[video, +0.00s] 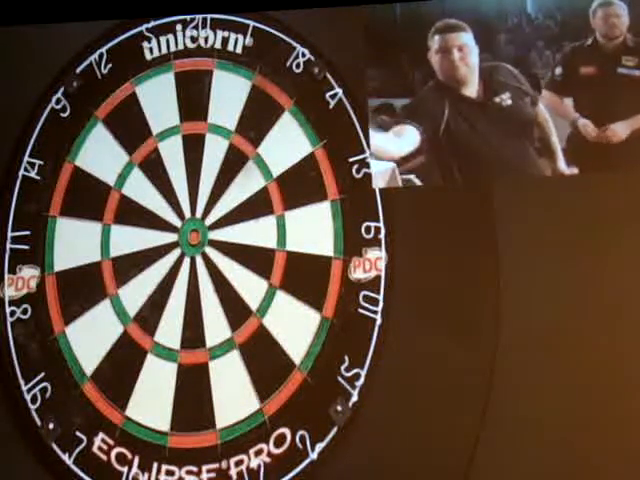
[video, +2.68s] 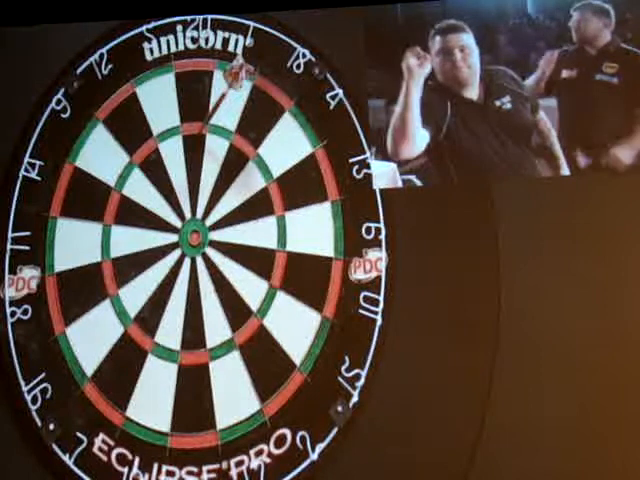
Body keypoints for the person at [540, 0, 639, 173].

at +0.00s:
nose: (612, 22)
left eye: (618, 16)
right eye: (605, 17)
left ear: (628, 20)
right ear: (593, 22)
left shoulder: (636, 54)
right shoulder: (575, 55)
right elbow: (549, 96)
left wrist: (628, 126)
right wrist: (578, 121)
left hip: (629, 157)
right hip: (584, 156)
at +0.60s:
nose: (588, 22)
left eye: (593, 17)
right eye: (581, 17)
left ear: (605, 21)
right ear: (570, 23)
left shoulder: (628, 57)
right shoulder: (555, 59)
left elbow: (637, 107)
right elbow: (534, 99)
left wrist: (607, 128)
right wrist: (556, 120)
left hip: (615, 154)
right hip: (567, 155)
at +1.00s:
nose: (568, 23)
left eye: (574, 18)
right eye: (562, 19)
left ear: (585, 23)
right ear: (551, 24)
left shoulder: (605, 60)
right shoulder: (532, 59)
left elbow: (626, 105)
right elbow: (519, 103)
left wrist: (582, 126)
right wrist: (544, 126)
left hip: (594, 156)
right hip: (545, 154)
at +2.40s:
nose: (577, 24)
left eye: (585, 20)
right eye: (574, 19)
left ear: (607, 24)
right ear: (569, 23)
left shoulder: (630, 61)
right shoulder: (556, 60)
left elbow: (637, 111)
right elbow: (536, 99)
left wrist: (607, 123)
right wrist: (547, 114)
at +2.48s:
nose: (575, 24)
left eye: (584, 19)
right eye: (574, 19)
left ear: (607, 24)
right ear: (570, 22)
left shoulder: (631, 60)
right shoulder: (558, 60)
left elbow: (637, 112)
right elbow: (542, 101)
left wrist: (611, 126)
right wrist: (554, 117)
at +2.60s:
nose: (571, 24)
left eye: (580, 19)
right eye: (572, 19)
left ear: (606, 24)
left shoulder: (631, 61)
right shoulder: (564, 59)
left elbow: (638, 121)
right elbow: (530, 95)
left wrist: (623, 144)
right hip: (571, 163)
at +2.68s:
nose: (570, 25)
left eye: (579, 19)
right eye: (571, 19)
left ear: (606, 24)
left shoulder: (632, 61)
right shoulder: (563, 59)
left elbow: (636, 114)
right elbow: (528, 94)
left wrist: (630, 148)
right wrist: (541, 74)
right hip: (571, 163)